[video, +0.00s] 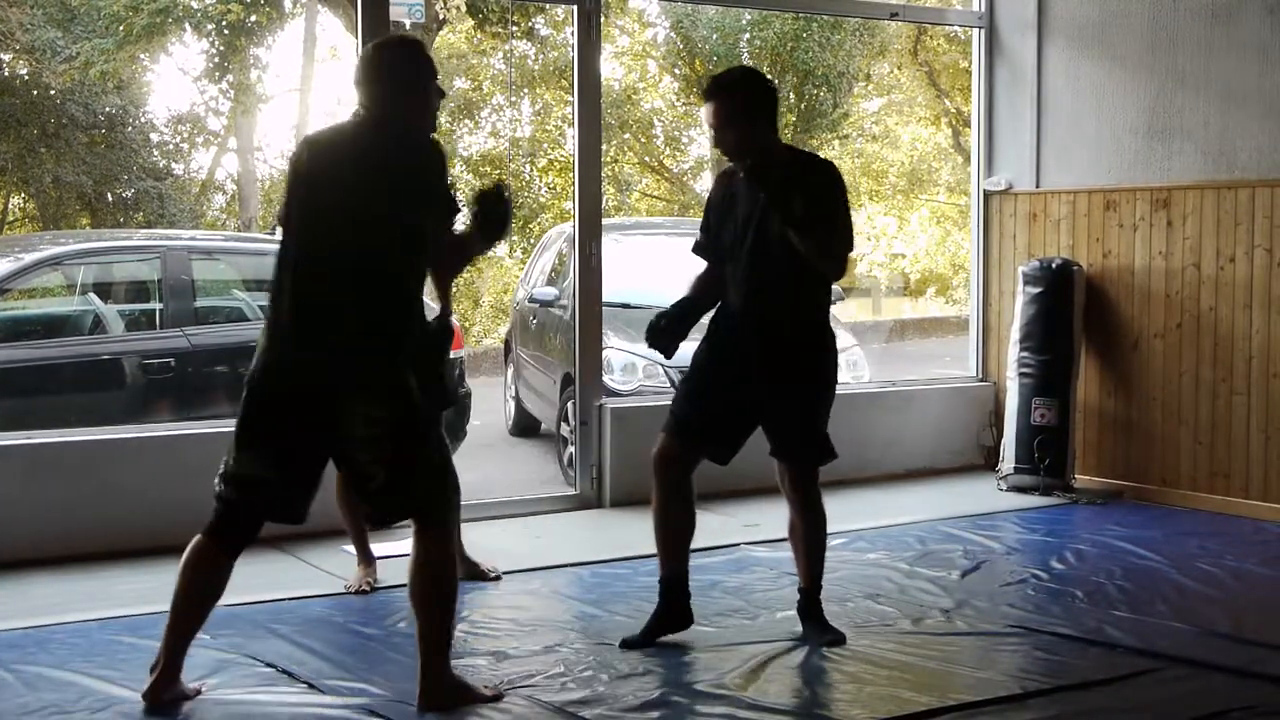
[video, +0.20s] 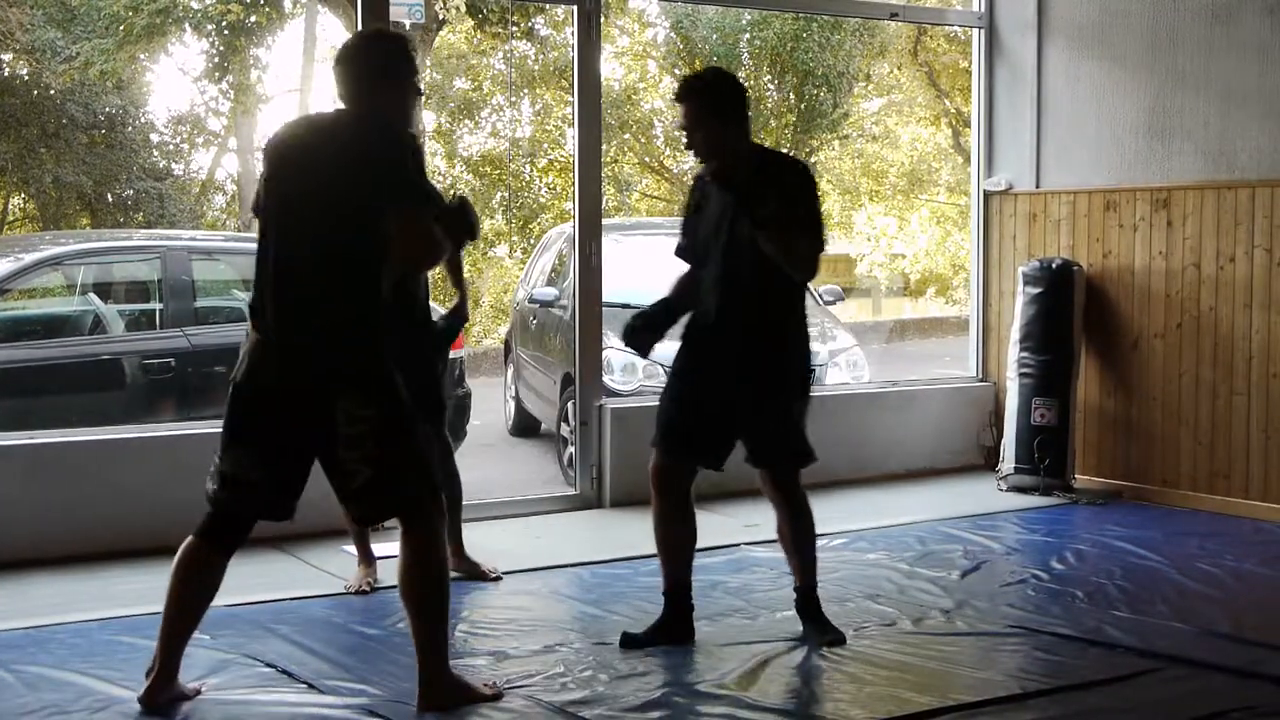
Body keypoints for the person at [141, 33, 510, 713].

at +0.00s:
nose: (439, 100)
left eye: (436, 87)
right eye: (433, 88)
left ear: (364, 87)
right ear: (412, 91)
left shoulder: (313, 150)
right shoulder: (420, 156)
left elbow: (298, 247)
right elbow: (441, 266)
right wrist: (483, 230)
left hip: (289, 368)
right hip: (376, 374)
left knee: (230, 521)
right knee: (437, 510)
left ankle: (164, 673)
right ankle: (436, 680)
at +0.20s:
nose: (417, 92)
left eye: (414, 79)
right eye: (411, 80)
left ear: (345, 81)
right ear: (390, 85)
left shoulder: (288, 143)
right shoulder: (394, 151)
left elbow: (267, 222)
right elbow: (418, 253)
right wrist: (457, 220)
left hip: (275, 366)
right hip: (365, 371)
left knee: (223, 521)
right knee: (423, 513)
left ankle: (161, 677)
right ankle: (435, 679)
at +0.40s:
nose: (399, 90)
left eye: (397, 77)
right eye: (392, 78)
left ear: (328, 80)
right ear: (373, 81)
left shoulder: (271, 145)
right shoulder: (382, 144)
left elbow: (282, 253)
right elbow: (413, 254)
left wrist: (423, 197)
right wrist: (457, 206)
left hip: (274, 364)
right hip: (364, 368)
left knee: (218, 525)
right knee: (426, 511)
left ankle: (158, 678)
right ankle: (436, 678)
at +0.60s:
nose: (388, 104)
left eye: (384, 93)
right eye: (384, 92)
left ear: (312, 92)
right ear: (370, 93)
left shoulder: (258, 157)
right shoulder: (380, 150)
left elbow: (223, 250)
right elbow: (417, 250)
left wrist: (300, 224)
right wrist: (457, 212)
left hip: (272, 378)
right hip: (368, 376)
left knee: (223, 524)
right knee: (439, 509)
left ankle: (162, 667)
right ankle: (443, 675)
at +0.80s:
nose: (327, 118)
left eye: (327, 106)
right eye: (326, 105)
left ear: (265, 94)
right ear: (310, 102)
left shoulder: (198, 153)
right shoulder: (302, 161)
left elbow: (171, 240)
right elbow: (336, 252)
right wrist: (386, 224)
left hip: (201, 376)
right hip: (283, 376)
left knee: (200, 530)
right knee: (356, 521)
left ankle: (165, 683)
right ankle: (414, 675)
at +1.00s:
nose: (278, 107)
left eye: (280, 96)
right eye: (278, 95)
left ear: (220, 78)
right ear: (263, 90)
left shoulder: (144, 127)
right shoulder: (258, 157)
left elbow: (105, 218)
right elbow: (298, 234)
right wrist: (359, 193)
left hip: (89, 330)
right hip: (164, 343)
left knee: (75, 463)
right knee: (165, 516)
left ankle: (57, 549)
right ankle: (64, 676)